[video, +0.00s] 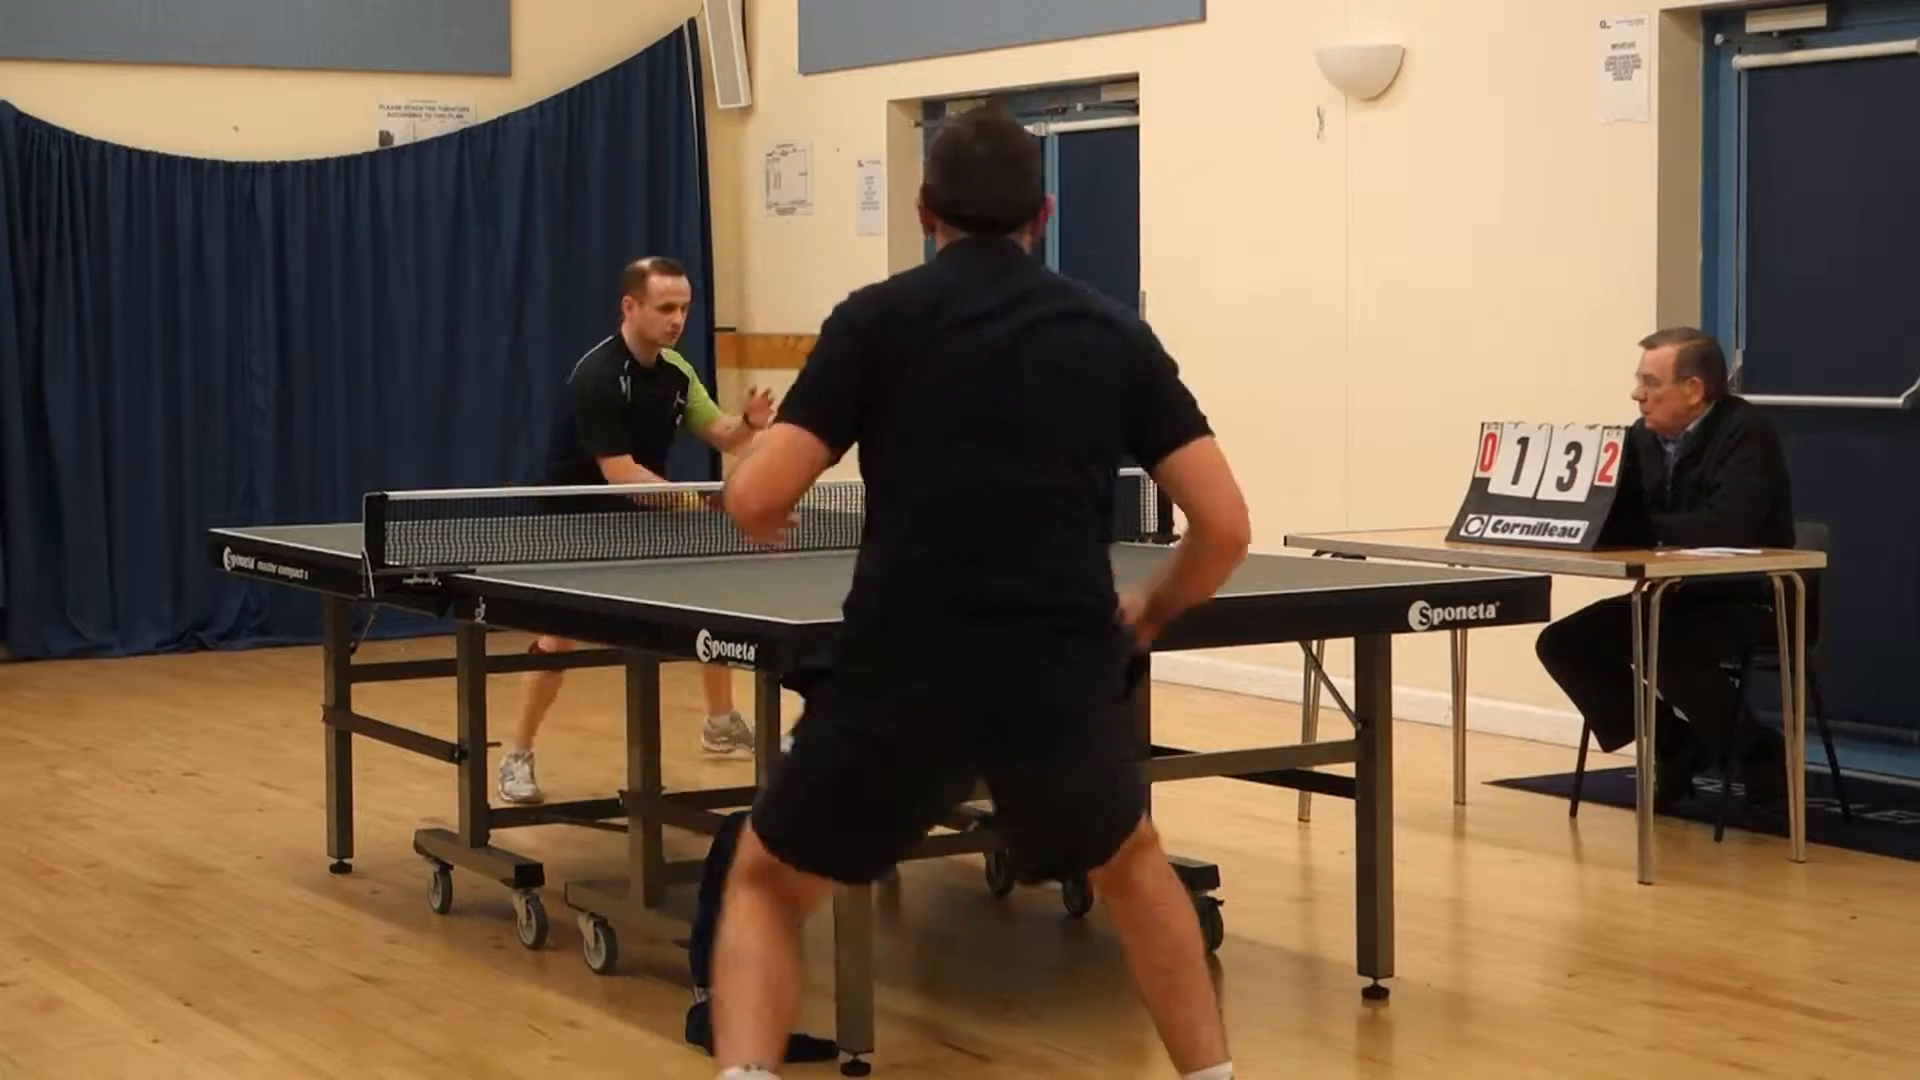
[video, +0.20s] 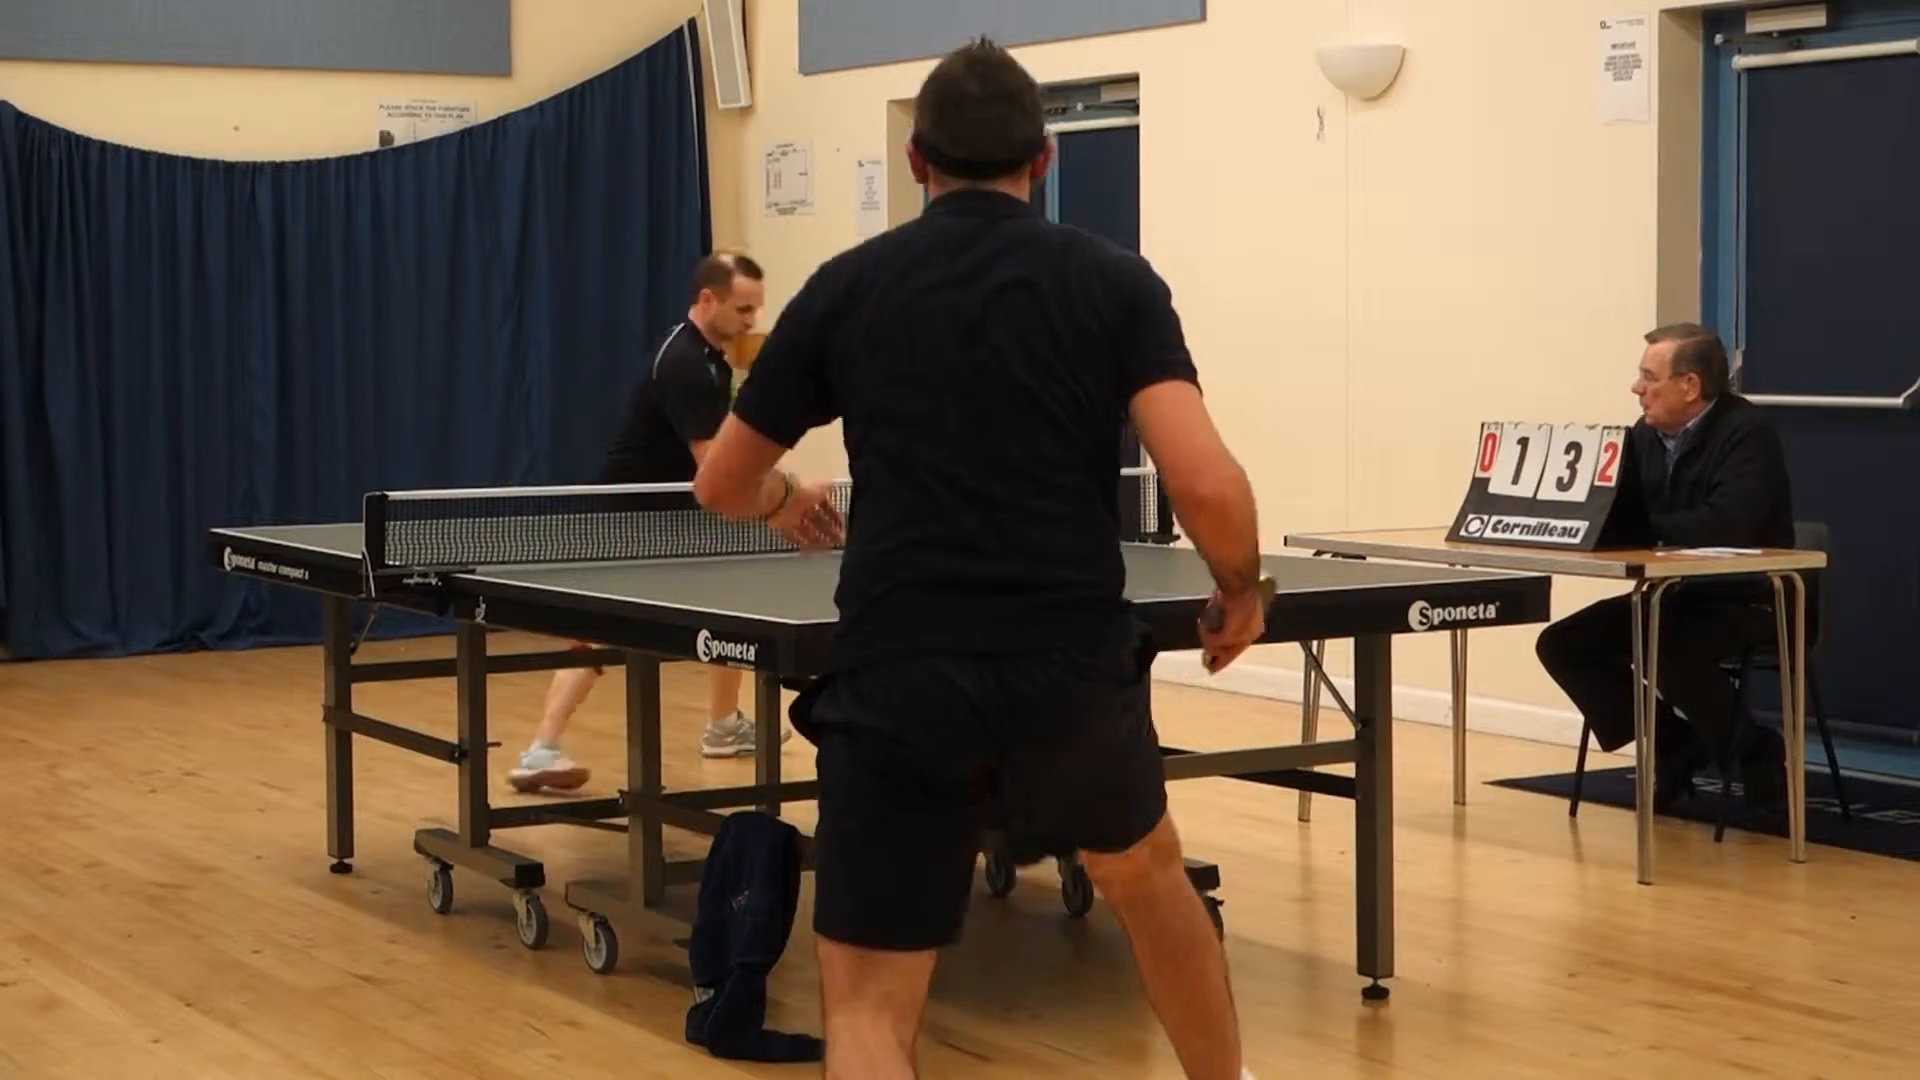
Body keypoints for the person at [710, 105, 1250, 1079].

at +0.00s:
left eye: (923, 201)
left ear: (925, 213)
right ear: (1041, 216)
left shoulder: (874, 323)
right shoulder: (1107, 331)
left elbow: (755, 509)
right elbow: (1223, 528)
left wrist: (752, 454)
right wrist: (1150, 610)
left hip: (904, 671)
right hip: (1063, 675)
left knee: (768, 880)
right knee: (1133, 865)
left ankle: (746, 1074)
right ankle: (1213, 1073)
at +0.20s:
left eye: (917, 148)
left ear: (916, 161)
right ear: (1041, 161)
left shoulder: (849, 287)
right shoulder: (1113, 282)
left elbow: (725, 482)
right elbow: (1203, 478)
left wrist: (784, 501)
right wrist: (1240, 584)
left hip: (897, 677)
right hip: (1069, 670)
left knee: (870, 1001)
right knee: (1147, 882)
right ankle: (1222, 1074)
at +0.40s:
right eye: (1025, 48)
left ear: (893, 64)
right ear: (1023, 57)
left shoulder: (831, 203)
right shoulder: (1109, 180)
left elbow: (733, 439)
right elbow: (1193, 406)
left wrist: (804, 503)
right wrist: (1228, 532)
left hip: (905, 622)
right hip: (1090, 610)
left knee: (878, 969)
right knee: (1183, 869)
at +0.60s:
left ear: (931, 17)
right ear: (1066, 11)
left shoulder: (881, 160)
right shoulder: (1171, 145)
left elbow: (804, 400)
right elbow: (1265, 404)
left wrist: (845, 489)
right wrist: (1228, 467)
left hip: (954, 616)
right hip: (1152, 609)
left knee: (913, 969)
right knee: (1178, 969)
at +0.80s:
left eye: (981, 16)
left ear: (988, 9)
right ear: (1117, 7)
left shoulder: (931, 142)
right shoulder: (1230, 141)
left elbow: (893, 383)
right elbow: (1303, 413)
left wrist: (911, 500)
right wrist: (1187, 454)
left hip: (985, 609)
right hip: (1179, 612)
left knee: (928, 954)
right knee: (1188, 979)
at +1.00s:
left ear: (992, 3)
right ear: (1113, 1)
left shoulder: (926, 133)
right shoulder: (1231, 129)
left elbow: (883, 386)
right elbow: (1289, 405)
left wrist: (928, 477)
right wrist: (1161, 441)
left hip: (976, 618)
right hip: (1179, 622)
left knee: (880, 930)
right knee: (1182, 980)